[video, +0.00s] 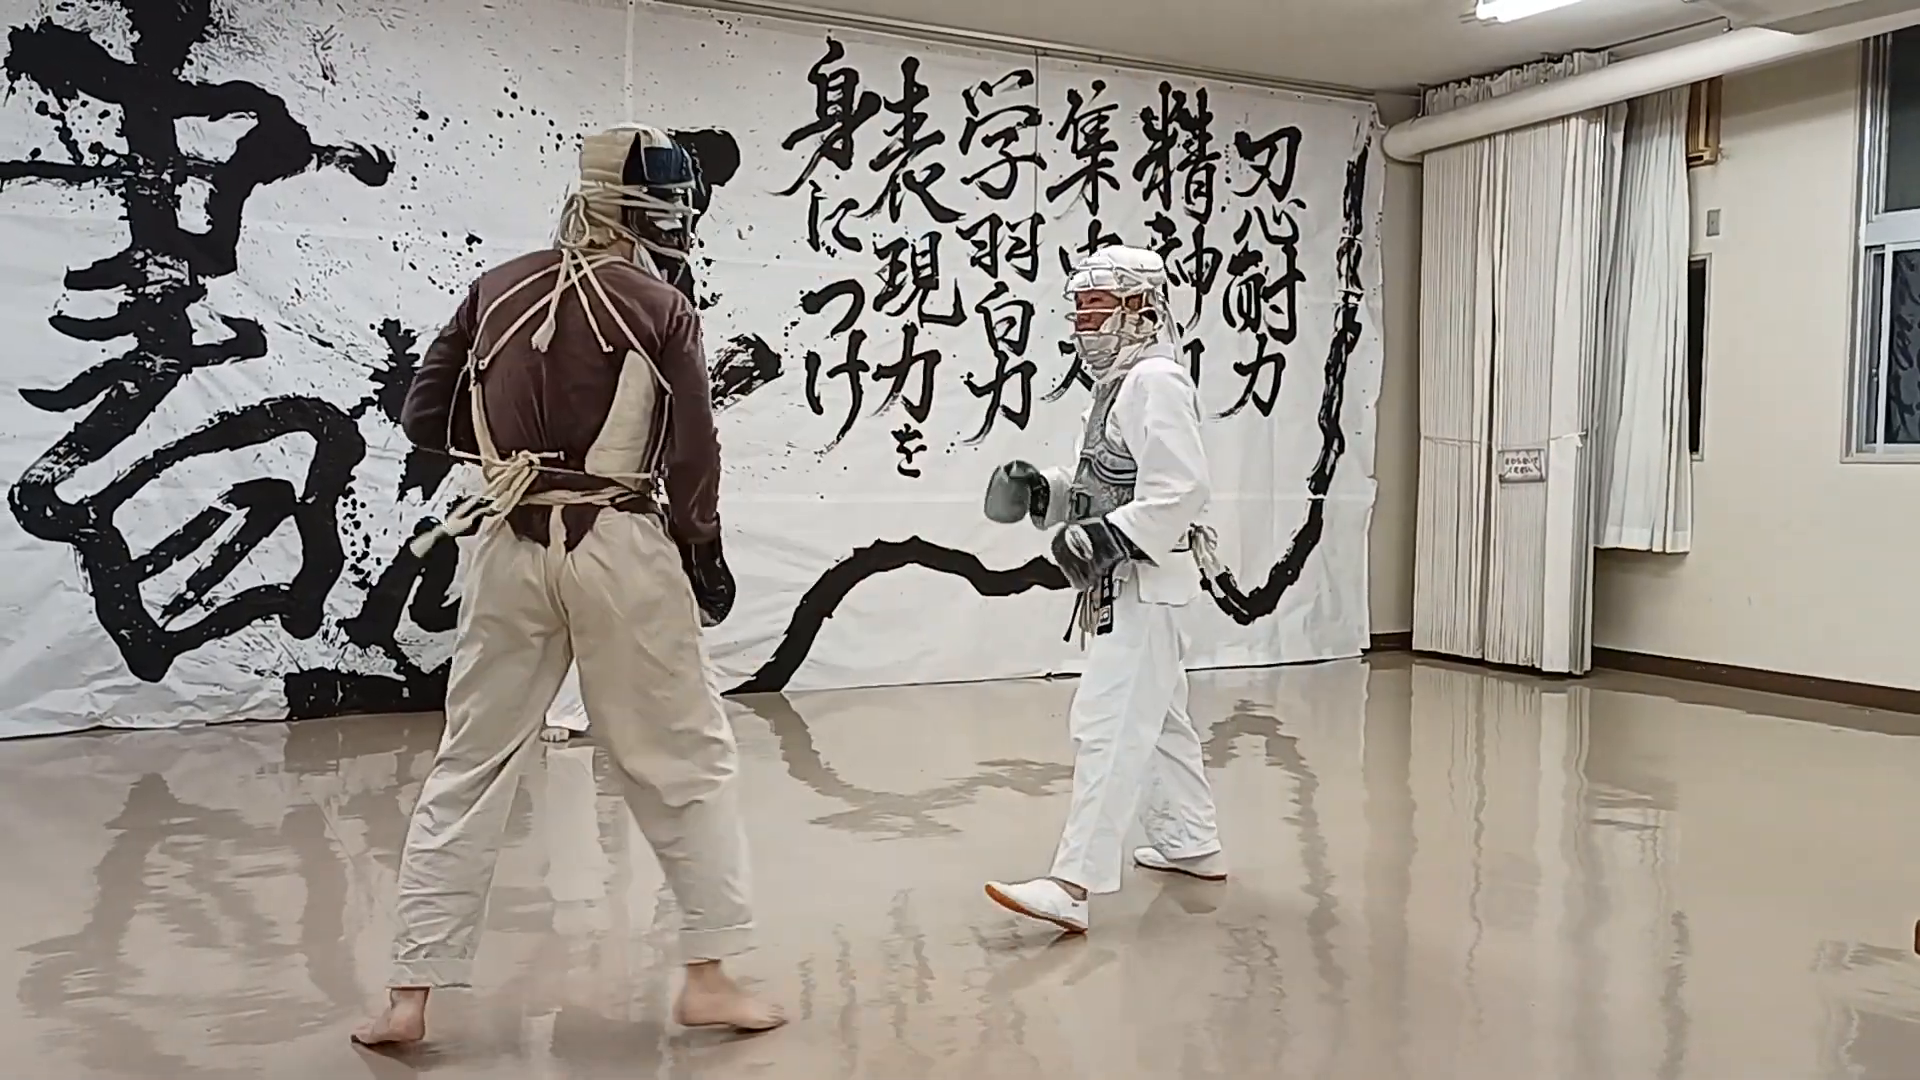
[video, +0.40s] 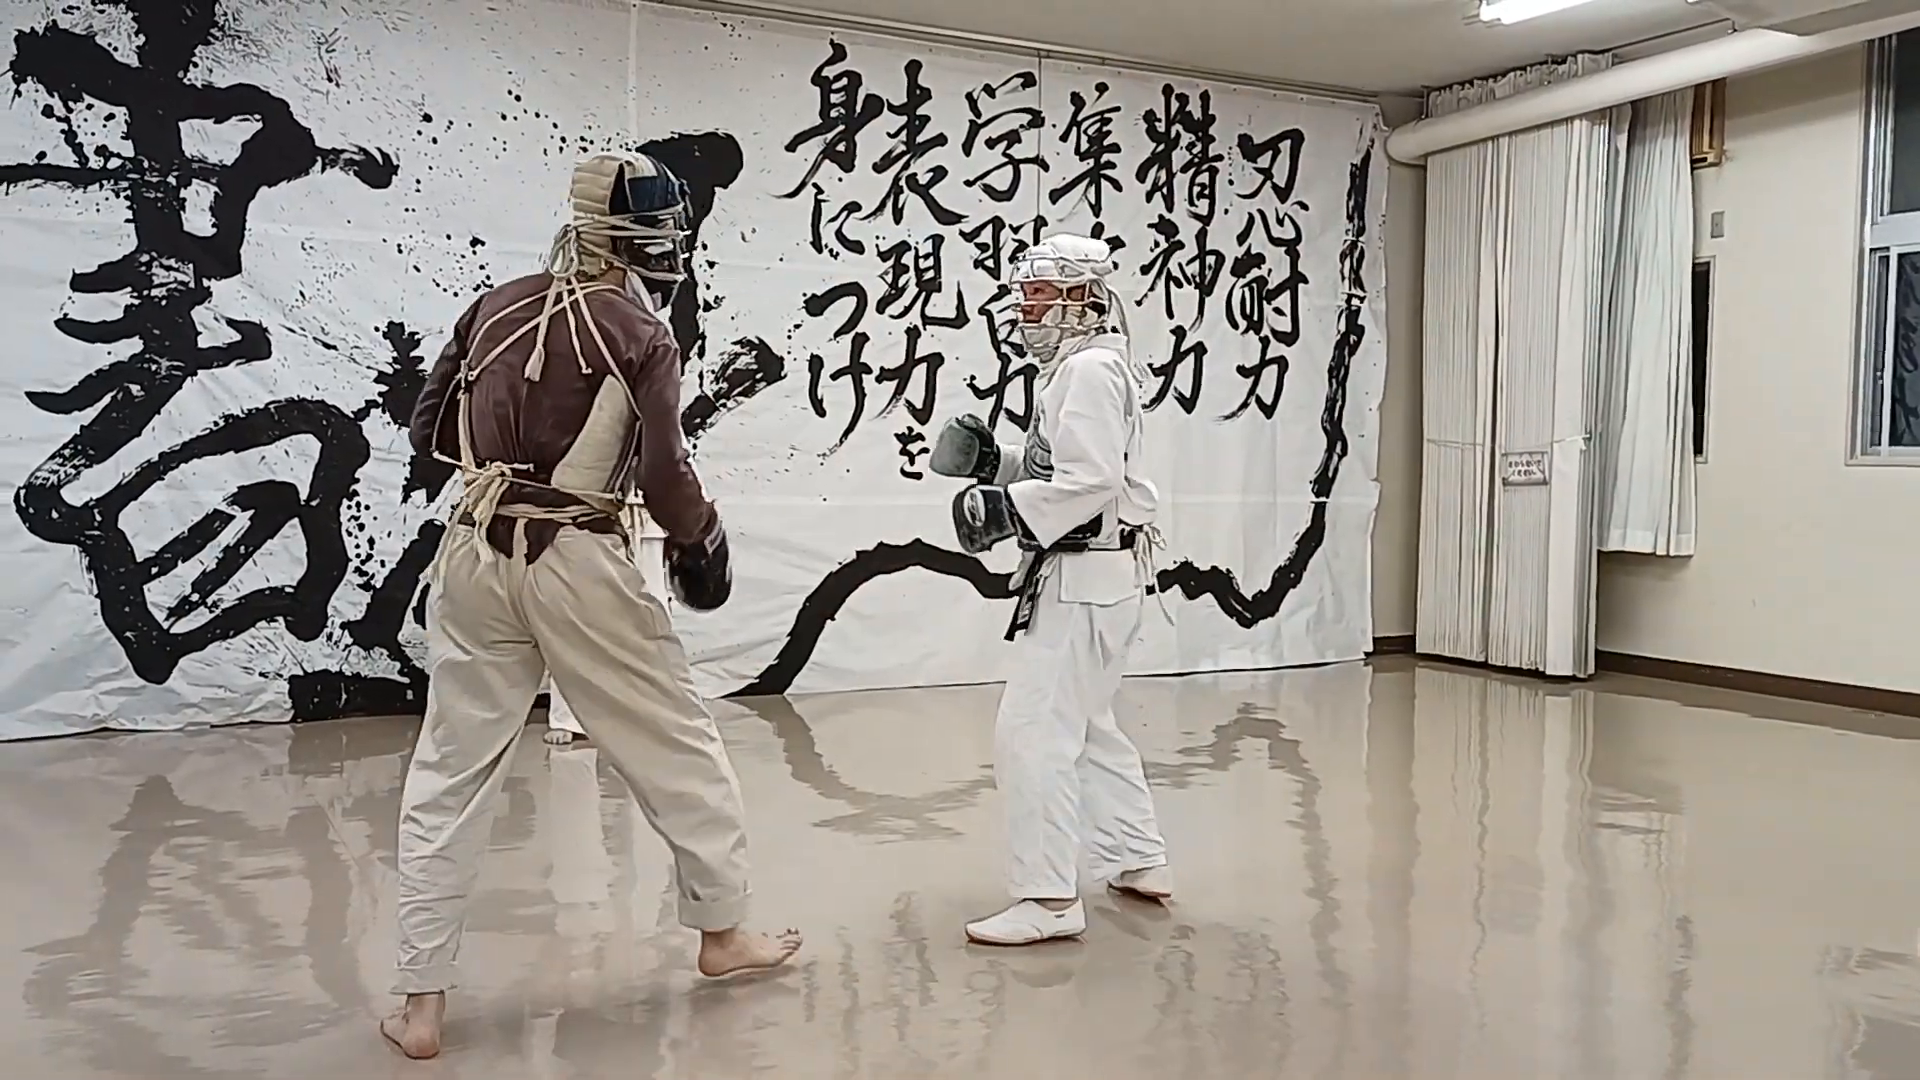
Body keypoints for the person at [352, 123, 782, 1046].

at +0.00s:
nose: (685, 228)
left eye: (684, 211)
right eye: (678, 212)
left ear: (586, 204)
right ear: (652, 214)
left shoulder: (500, 284)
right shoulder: (661, 301)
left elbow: (426, 413)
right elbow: (691, 447)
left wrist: (500, 444)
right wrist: (705, 547)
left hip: (505, 552)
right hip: (623, 553)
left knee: (469, 763)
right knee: (682, 757)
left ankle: (409, 994)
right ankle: (711, 972)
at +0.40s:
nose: (673, 254)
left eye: (673, 240)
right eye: (667, 241)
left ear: (577, 230)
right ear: (642, 243)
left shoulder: (494, 305)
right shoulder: (644, 333)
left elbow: (434, 430)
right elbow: (662, 471)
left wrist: (508, 463)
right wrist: (701, 534)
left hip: (474, 554)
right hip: (584, 561)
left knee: (451, 764)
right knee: (676, 738)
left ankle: (419, 1000)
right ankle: (723, 936)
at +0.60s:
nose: (702, 284)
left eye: (701, 269)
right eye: (694, 271)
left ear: (614, 266)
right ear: (668, 276)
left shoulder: (538, 336)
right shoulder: (667, 360)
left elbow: (504, 466)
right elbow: (748, 483)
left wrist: (645, 511)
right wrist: (784, 415)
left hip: (508, 578)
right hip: (609, 584)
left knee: (483, 766)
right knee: (682, 753)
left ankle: (446, 945)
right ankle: (733, 935)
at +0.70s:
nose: (685, 291)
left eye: (682, 275)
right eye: (675, 278)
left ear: (596, 278)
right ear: (647, 283)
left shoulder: (527, 347)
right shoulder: (652, 357)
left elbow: (487, 481)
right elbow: (739, 469)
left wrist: (649, 513)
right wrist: (768, 400)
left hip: (497, 588)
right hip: (603, 590)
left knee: (453, 755)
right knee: (681, 758)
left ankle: (397, 923)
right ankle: (738, 936)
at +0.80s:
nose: (631, 296)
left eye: (626, 282)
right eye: (623, 282)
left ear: (538, 285)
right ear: (607, 286)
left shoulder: (481, 364)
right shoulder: (620, 358)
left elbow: (467, 501)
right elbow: (685, 452)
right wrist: (737, 481)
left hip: (489, 601)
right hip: (594, 601)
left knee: (404, 753)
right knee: (677, 760)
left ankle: (305, 914)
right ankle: (739, 936)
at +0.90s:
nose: (544, 283)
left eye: (539, 271)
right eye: (535, 273)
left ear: (453, 281)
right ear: (512, 278)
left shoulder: (412, 365)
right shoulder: (542, 355)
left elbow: (404, 497)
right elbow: (599, 475)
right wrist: (660, 558)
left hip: (439, 594)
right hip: (540, 589)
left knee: (369, 757)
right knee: (640, 748)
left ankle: (264, 929)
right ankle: (738, 927)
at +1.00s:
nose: (481, 281)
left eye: (479, 267)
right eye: (473, 268)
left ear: (397, 271)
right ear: (452, 272)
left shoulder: (347, 357)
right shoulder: (447, 339)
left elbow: (366, 467)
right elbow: (466, 452)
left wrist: (481, 384)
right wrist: (556, 535)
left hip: (376, 583)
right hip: (466, 574)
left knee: (352, 757)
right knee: (585, 731)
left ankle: (262, 938)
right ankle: (684, 917)